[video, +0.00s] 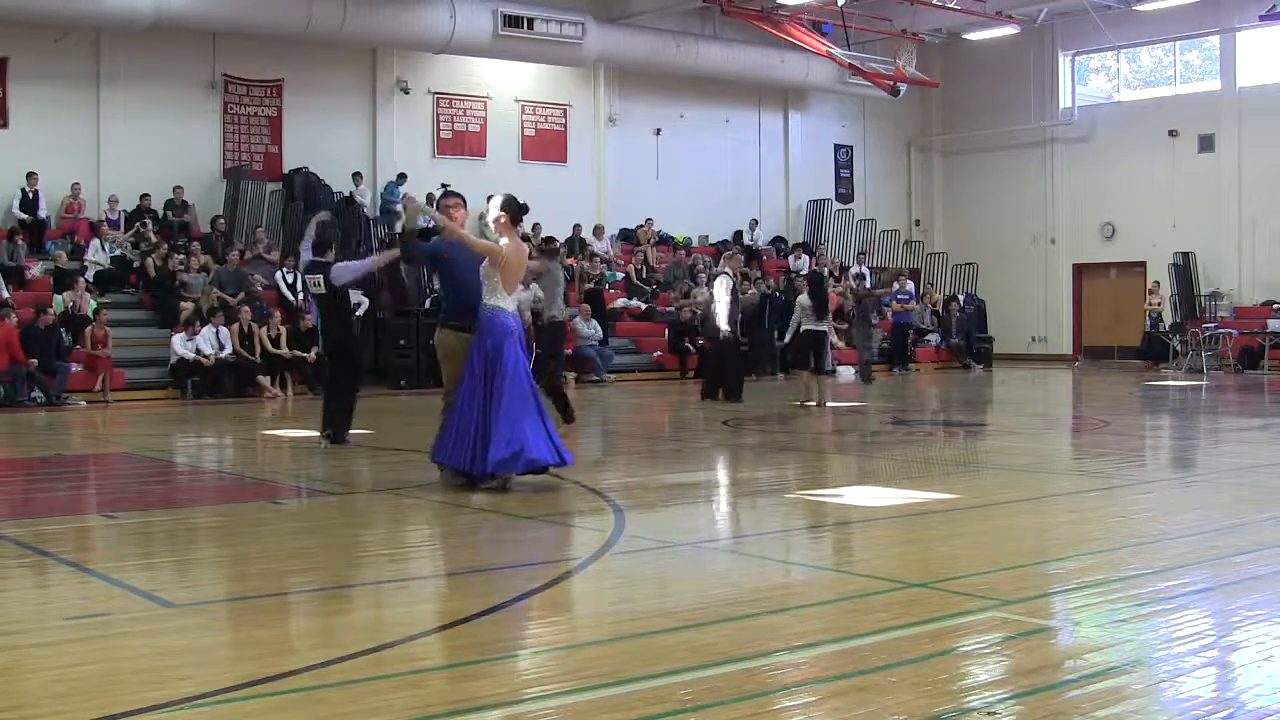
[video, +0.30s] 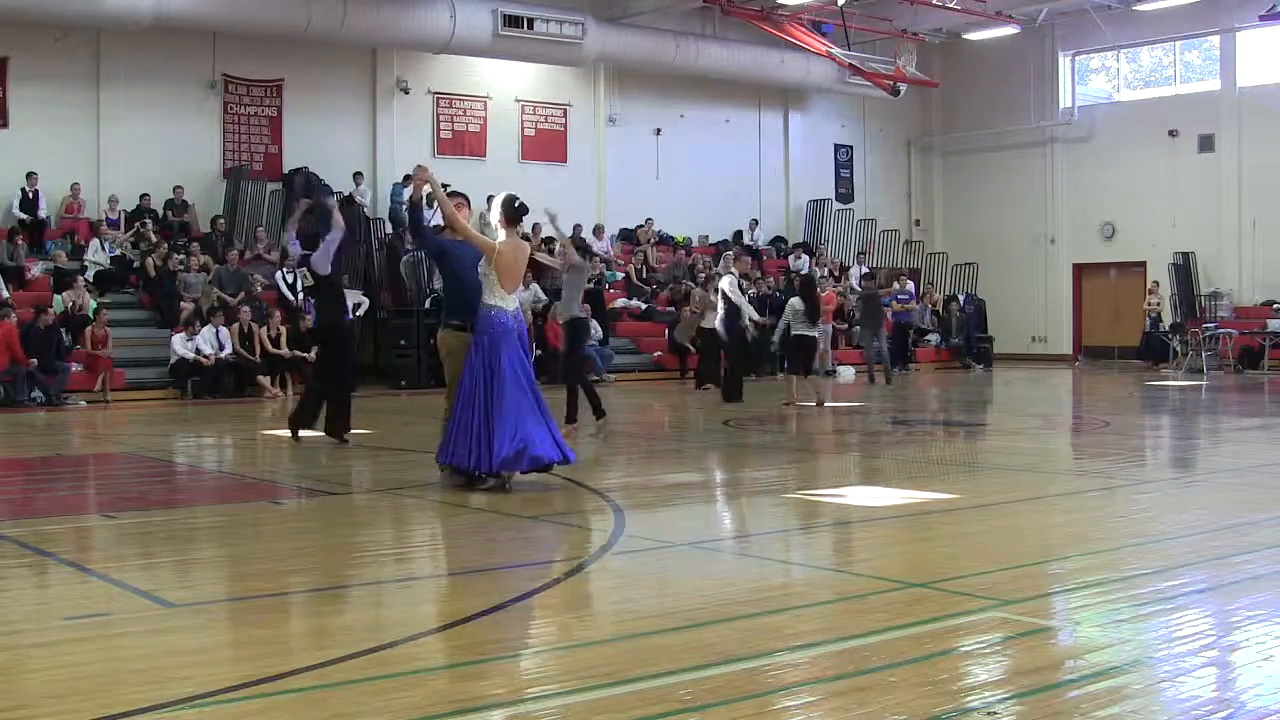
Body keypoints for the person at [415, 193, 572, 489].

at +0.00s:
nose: (487, 216)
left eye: (489, 211)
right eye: (488, 211)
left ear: (503, 218)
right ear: (511, 219)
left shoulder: (502, 250)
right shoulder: (522, 249)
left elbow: (462, 236)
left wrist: (427, 210)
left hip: (494, 321)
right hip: (511, 321)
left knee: (494, 392)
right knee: (506, 391)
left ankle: (498, 464)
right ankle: (503, 460)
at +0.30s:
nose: (491, 213)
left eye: (493, 209)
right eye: (493, 209)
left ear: (500, 216)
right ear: (517, 217)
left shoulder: (496, 248)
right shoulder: (524, 247)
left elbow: (457, 223)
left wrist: (434, 184)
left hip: (492, 322)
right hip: (514, 320)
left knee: (492, 392)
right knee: (509, 390)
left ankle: (496, 464)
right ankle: (508, 459)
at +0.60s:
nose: (490, 212)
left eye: (494, 209)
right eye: (493, 208)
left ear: (501, 218)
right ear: (517, 219)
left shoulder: (495, 248)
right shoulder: (523, 248)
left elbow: (460, 219)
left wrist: (442, 185)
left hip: (490, 323)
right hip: (512, 322)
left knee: (490, 391)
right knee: (507, 390)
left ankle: (496, 458)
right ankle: (505, 458)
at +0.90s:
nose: (494, 216)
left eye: (498, 213)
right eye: (497, 212)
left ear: (507, 221)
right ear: (518, 222)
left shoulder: (499, 248)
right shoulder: (524, 250)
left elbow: (466, 224)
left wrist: (444, 193)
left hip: (491, 323)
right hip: (509, 322)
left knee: (490, 393)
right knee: (504, 392)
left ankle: (498, 462)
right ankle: (502, 462)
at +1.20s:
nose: (491, 215)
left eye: (495, 211)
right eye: (493, 211)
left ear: (507, 220)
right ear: (516, 221)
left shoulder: (501, 249)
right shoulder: (523, 249)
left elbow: (466, 228)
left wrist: (437, 195)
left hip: (493, 323)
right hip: (509, 322)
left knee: (494, 393)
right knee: (504, 392)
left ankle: (499, 463)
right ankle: (502, 463)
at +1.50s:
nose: (491, 219)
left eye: (494, 214)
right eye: (492, 214)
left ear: (506, 220)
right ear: (516, 219)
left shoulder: (503, 250)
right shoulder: (526, 249)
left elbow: (464, 229)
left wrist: (437, 197)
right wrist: (468, 228)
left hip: (495, 323)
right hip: (512, 321)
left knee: (494, 393)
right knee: (505, 393)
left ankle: (498, 466)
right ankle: (501, 465)